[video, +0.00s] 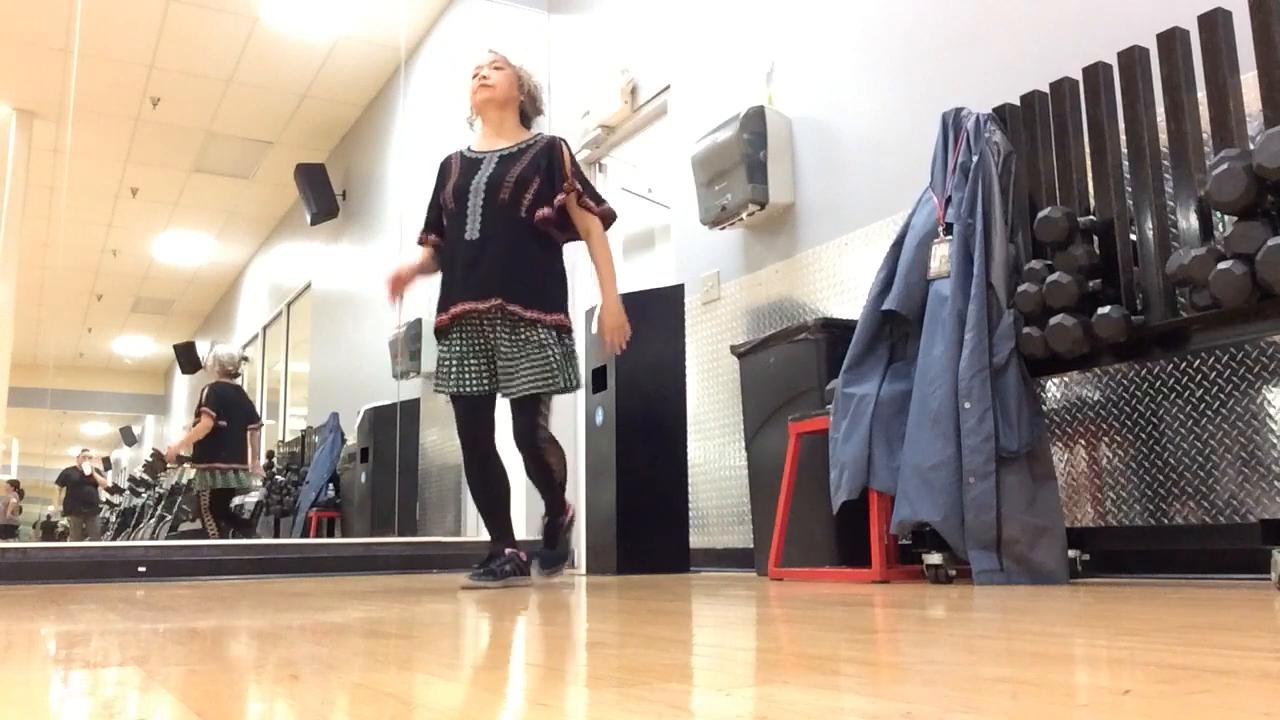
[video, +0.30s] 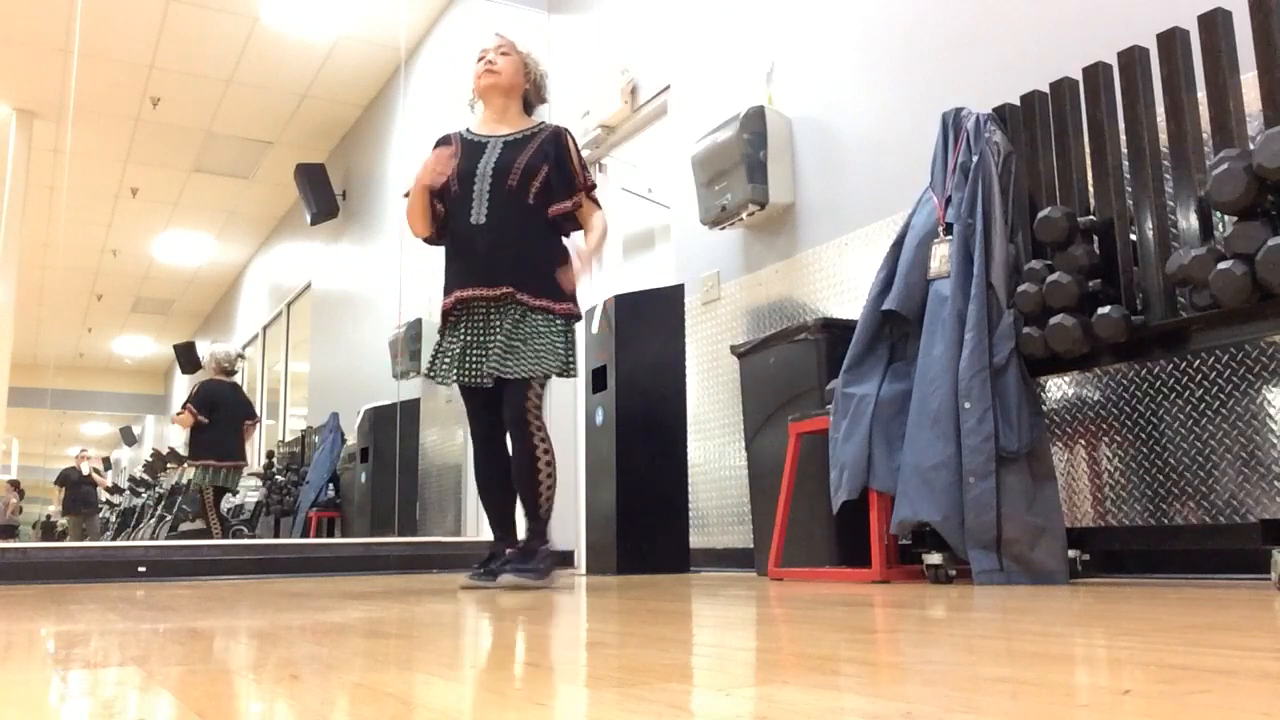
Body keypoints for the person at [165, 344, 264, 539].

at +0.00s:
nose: (209, 368)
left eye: (211, 364)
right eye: (210, 364)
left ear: (215, 366)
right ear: (235, 367)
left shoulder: (212, 390)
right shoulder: (241, 393)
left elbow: (206, 424)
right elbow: (254, 427)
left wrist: (177, 447)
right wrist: (255, 462)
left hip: (212, 466)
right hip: (237, 467)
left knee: (207, 511)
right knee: (221, 509)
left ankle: (218, 555)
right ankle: (247, 528)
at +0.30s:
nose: (206, 363)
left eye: (208, 360)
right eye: (208, 359)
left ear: (213, 364)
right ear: (232, 366)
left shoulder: (205, 387)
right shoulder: (237, 390)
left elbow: (187, 420)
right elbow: (252, 421)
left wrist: (175, 417)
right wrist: (238, 443)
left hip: (209, 461)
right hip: (235, 460)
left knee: (210, 509)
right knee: (214, 507)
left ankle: (220, 552)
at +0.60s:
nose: (205, 364)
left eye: (207, 362)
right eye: (207, 361)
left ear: (210, 366)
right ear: (230, 368)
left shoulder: (200, 389)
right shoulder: (232, 391)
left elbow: (181, 424)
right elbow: (248, 423)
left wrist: (181, 416)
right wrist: (227, 425)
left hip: (203, 463)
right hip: (228, 464)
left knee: (207, 511)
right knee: (216, 509)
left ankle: (219, 553)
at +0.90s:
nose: (199, 369)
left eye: (201, 366)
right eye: (201, 366)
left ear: (205, 369)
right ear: (224, 371)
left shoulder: (196, 392)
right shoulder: (227, 393)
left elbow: (184, 426)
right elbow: (241, 426)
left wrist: (175, 457)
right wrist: (221, 439)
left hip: (194, 465)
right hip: (221, 465)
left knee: (179, 507)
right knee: (211, 511)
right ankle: (211, 552)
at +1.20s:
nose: (188, 371)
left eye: (190, 367)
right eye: (190, 367)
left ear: (195, 369)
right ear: (213, 371)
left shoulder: (187, 389)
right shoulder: (220, 393)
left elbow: (178, 413)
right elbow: (231, 427)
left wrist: (173, 445)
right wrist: (210, 434)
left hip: (187, 462)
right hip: (214, 463)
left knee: (171, 506)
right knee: (205, 506)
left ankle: (165, 548)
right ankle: (212, 548)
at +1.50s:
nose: (181, 372)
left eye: (182, 369)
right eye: (181, 369)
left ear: (188, 371)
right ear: (204, 371)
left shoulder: (182, 393)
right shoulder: (214, 398)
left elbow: (171, 423)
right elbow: (216, 432)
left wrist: (158, 454)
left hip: (171, 467)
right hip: (195, 470)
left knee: (160, 512)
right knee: (182, 514)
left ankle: (160, 554)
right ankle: (204, 545)